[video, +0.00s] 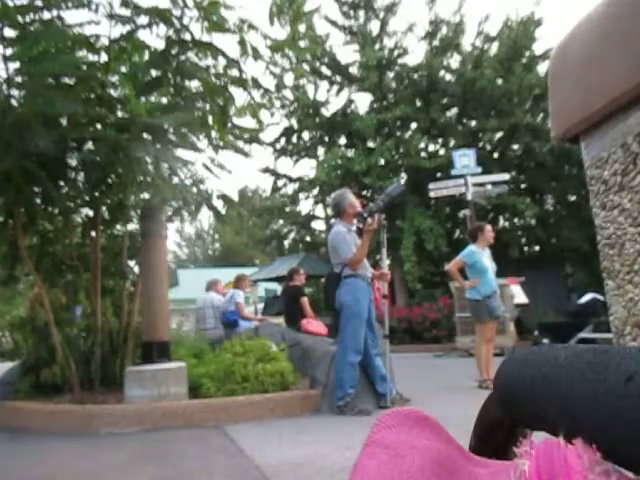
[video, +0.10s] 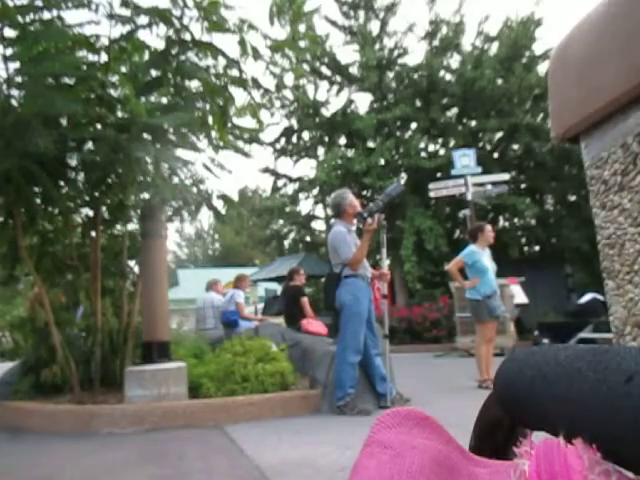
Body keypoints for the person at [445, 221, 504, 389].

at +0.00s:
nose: (493, 235)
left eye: (492, 232)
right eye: (489, 232)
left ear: (487, 235)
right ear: (480, 235)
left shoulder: (487, 251)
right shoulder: (472, 251)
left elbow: (485, 272)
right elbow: (451, 267)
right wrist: (462, 282)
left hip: (491, 294)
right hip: (478, 296)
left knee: (491, 338)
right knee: (483, 338)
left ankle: (489, 376)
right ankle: (483, 377)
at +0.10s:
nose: (492, 235)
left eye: (492, 232)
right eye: (489, 232)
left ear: (488, 235)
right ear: (480, 235)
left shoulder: (487, 251)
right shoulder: (472, 251)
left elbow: (485, 273)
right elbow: (451, 267)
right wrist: (462, 282)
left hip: (491, 294)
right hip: (478, 296)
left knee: (491, 338)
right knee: (483, 338)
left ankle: (489, 376)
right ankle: (483, 377)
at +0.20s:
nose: (493, 235)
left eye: (492, 232)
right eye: (489, 232)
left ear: (487, 235)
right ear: (480, 235)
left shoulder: (487, 251)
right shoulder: (472, 251)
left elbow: (484, 272)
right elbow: (452, 267)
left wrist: (493, 284)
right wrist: (462, 282)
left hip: (491, 294)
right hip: (478, 296)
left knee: (491, 338)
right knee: (483, 338)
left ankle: (489, 376)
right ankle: (483, 377)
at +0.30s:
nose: (493, 235)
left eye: (492, 232)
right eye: (489, 232)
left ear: (487, 235)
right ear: (480, 235)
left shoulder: (486, 251)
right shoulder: (472, 251)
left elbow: (484, 272)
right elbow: (451, 267)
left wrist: (493, 284)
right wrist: (462, 282)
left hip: (491, 294)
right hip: (478, 296)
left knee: (491, 338)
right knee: (483, 338)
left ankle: (489, 376)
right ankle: (483, 377)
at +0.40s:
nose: (493, 235)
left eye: (492, 232)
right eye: (489, 232)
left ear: (487, 235)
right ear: (480, 235)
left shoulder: (486, 251)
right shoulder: (472, 251)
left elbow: (484, 272)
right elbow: (452, 267)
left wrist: (493, 284)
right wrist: (462, 282)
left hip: (491, 294)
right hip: (478, 296)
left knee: (491, 338)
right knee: (483, 338)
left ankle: (489, 376)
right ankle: (483, 377)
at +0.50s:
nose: (493, 235)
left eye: (492, 232)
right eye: (489, 232)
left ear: (487, 235)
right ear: (480, 235)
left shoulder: (486, 251)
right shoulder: (472, 251)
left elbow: (484, 272)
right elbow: (452, 267)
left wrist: (493, 284)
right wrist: (462, 282)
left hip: (491, 294)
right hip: (478, 296)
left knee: (491, 338)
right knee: (483, 338)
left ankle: (489, 376)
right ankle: (483, 377)